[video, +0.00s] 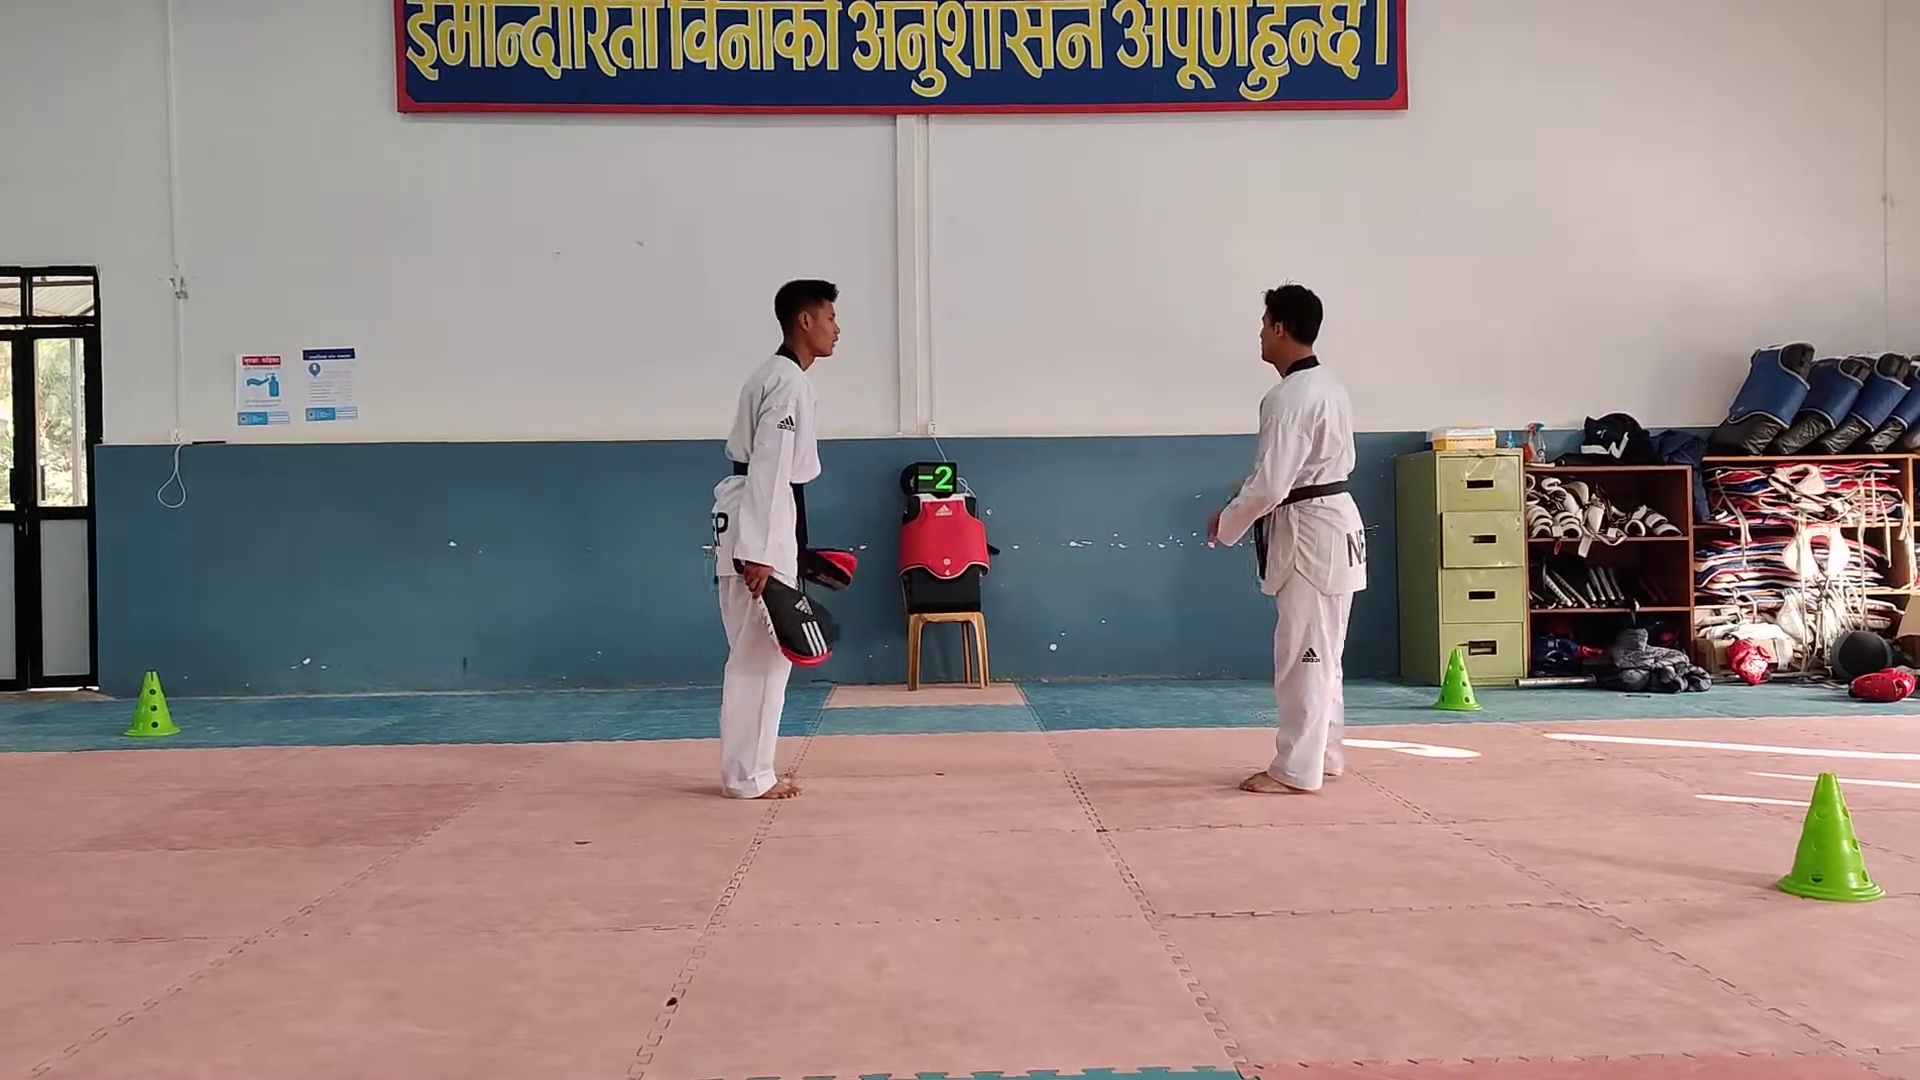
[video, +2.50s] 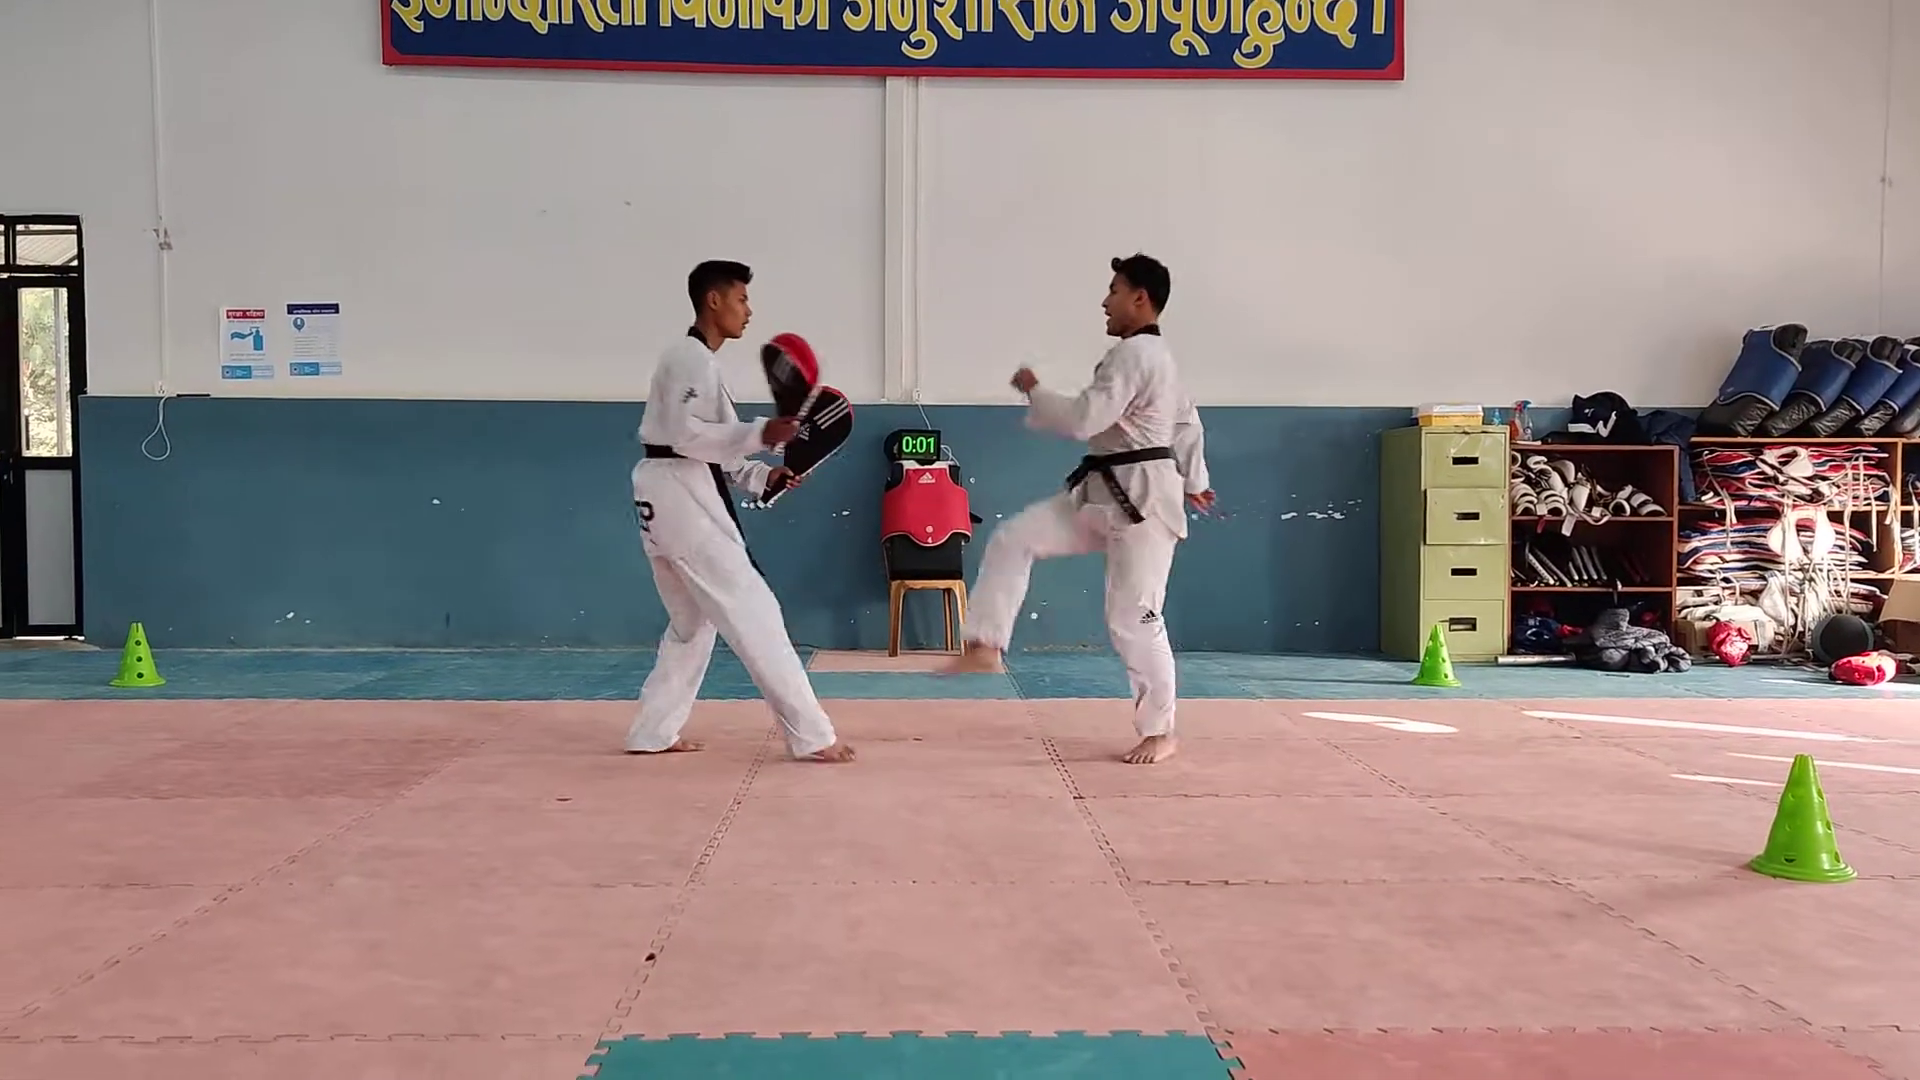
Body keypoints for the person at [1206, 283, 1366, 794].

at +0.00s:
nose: (1260, 333)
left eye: (1266, 324)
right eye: (1263, 323)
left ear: (1284, 330)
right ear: (1307, 333)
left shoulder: (1287, 397)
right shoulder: (1331, 388)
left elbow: (1271, 484)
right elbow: (1326, 466)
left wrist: (1227, 521)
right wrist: (1254, 496)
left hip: (1308, 529)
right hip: (1342, 523)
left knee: (1302, 650)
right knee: (1325, 648)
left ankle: (1296, 769)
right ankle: (1327, 753)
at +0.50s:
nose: (1332, 334)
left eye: (1337, 325)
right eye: (1335, 324)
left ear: (1354, 332)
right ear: (1376, 335)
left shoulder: (1350, 390)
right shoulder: (1400, 388)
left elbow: (1362, 465)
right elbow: (1400, 464)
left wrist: (1315, 515)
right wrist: (1335, 472)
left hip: (1368, 527)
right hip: (1412, 521)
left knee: (1333, 647)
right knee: (1422, 647)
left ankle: (1294, 759)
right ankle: (1442, 754)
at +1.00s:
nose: (1324, 322)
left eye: (1330, 313)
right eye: (1327, 312)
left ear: (1346, 319)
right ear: (1371, 324)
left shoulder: (1332, 369)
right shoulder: (1398, 376)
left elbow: (1316, 442)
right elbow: (1421, 451)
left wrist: (1299, 491)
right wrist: (1382, 483)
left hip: (1349, 508)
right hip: (1398, 508)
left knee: (1333, 633)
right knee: (1409, 635)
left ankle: (1313, 752)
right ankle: (1424, 746)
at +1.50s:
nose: (1306, 335)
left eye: (1314, 326)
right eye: (1308, 325)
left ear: (1345, 332)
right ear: (1351, 335)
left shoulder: (1330, 381)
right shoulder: (1388, 385)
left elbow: (1332, 451)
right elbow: (1416, 455)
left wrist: (1305, 497)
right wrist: (1377, 489)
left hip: (1350, 518)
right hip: (1396, 517)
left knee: (1305, 634)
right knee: (1407, 638)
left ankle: (1288, 752)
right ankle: (1440, 744)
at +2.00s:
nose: (1258, 362)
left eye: (1267, 354)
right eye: (1261, 353)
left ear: (1297, 363)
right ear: (1291, 364)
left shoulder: (1313, 411)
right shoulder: (1272, 426)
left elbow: (1351, 451)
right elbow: (1242, 476)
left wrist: (1287, 419)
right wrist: (1188, 456)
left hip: (1308, 545)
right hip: (1325, 545)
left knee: (1236, 642)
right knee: (1382, 654)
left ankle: (1244, 759)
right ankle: (1439, 752)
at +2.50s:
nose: (1105, 300)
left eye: (1114, 291)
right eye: (1109, 290)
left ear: (1142, 299)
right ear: (1143, 301)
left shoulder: (1134, 354)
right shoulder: (1158, 357)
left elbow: (1086, 418)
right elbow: (1187, 424)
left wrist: (1035, 392)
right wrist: (1196, 481)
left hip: (1144, 498)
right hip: (1104, 495)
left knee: (1133, 615)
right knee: (1013, 536)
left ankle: (1160, 732)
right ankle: (985, 644)